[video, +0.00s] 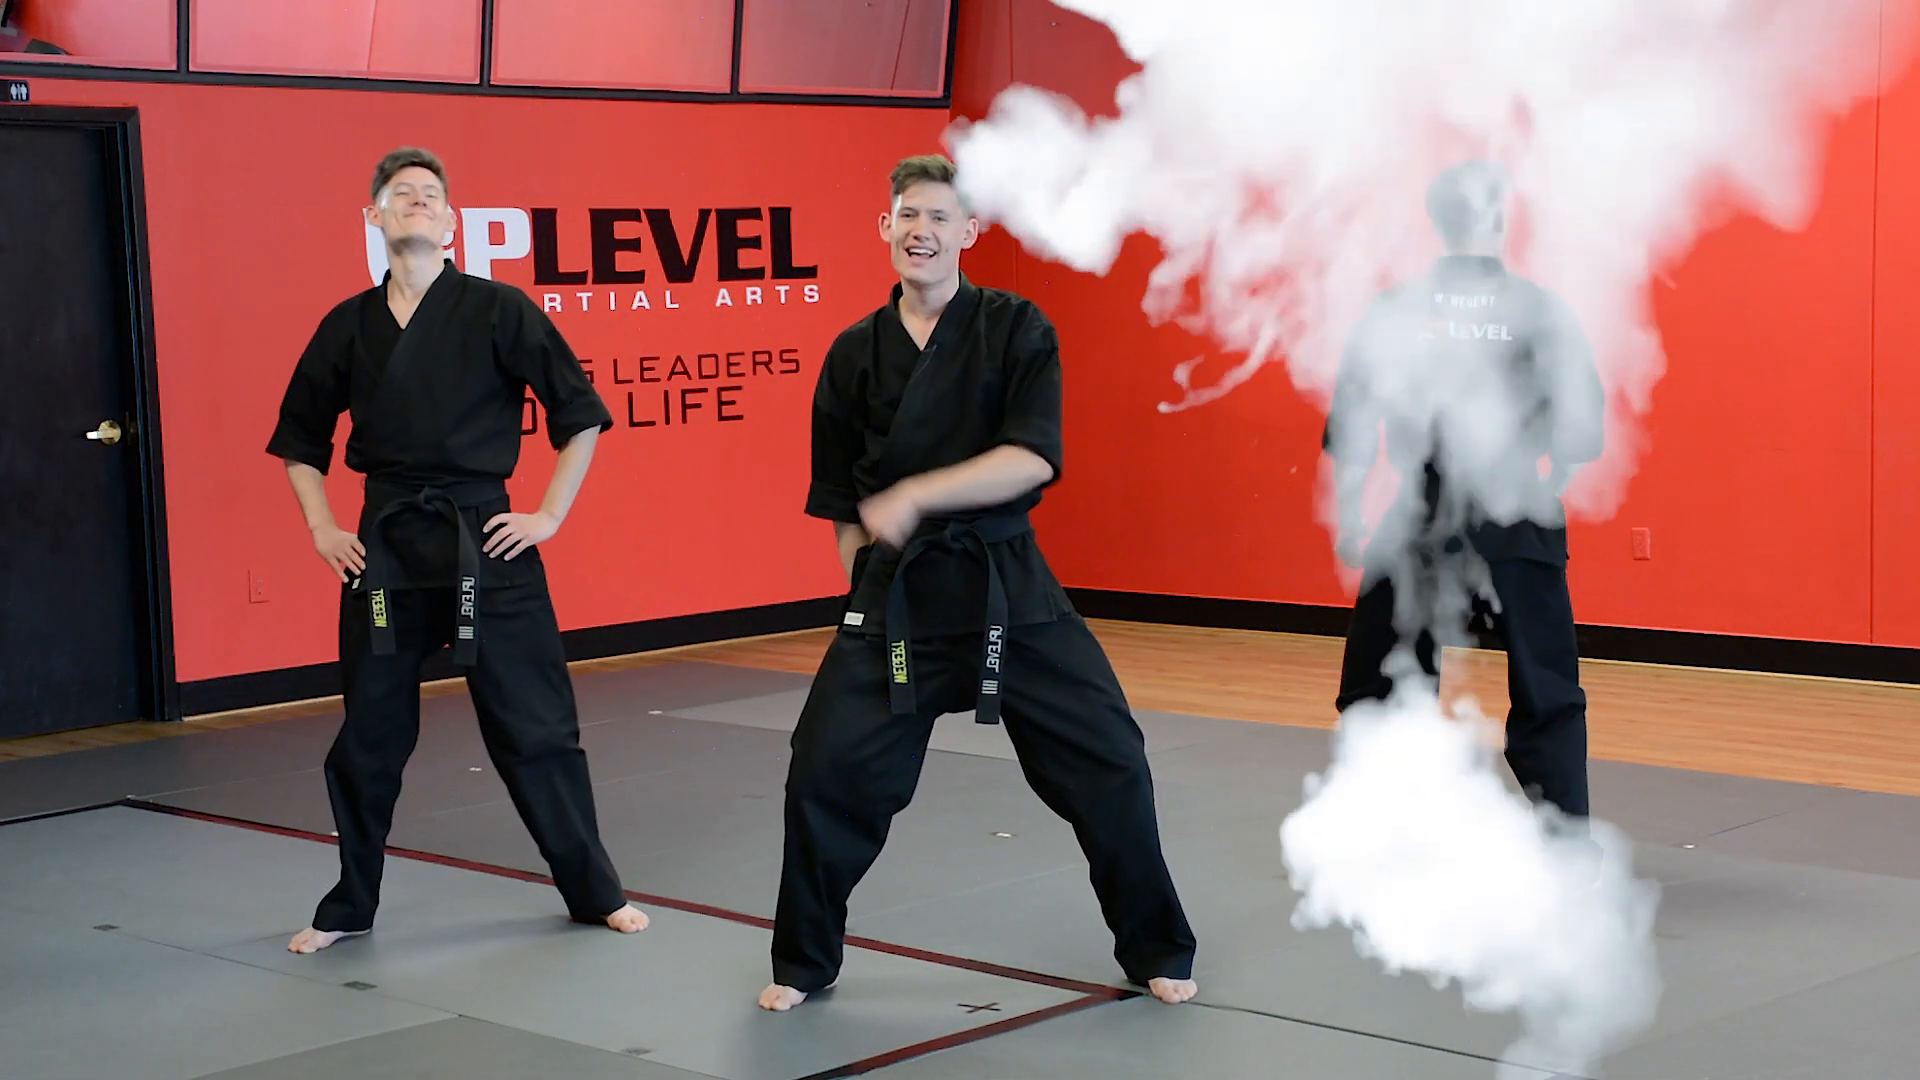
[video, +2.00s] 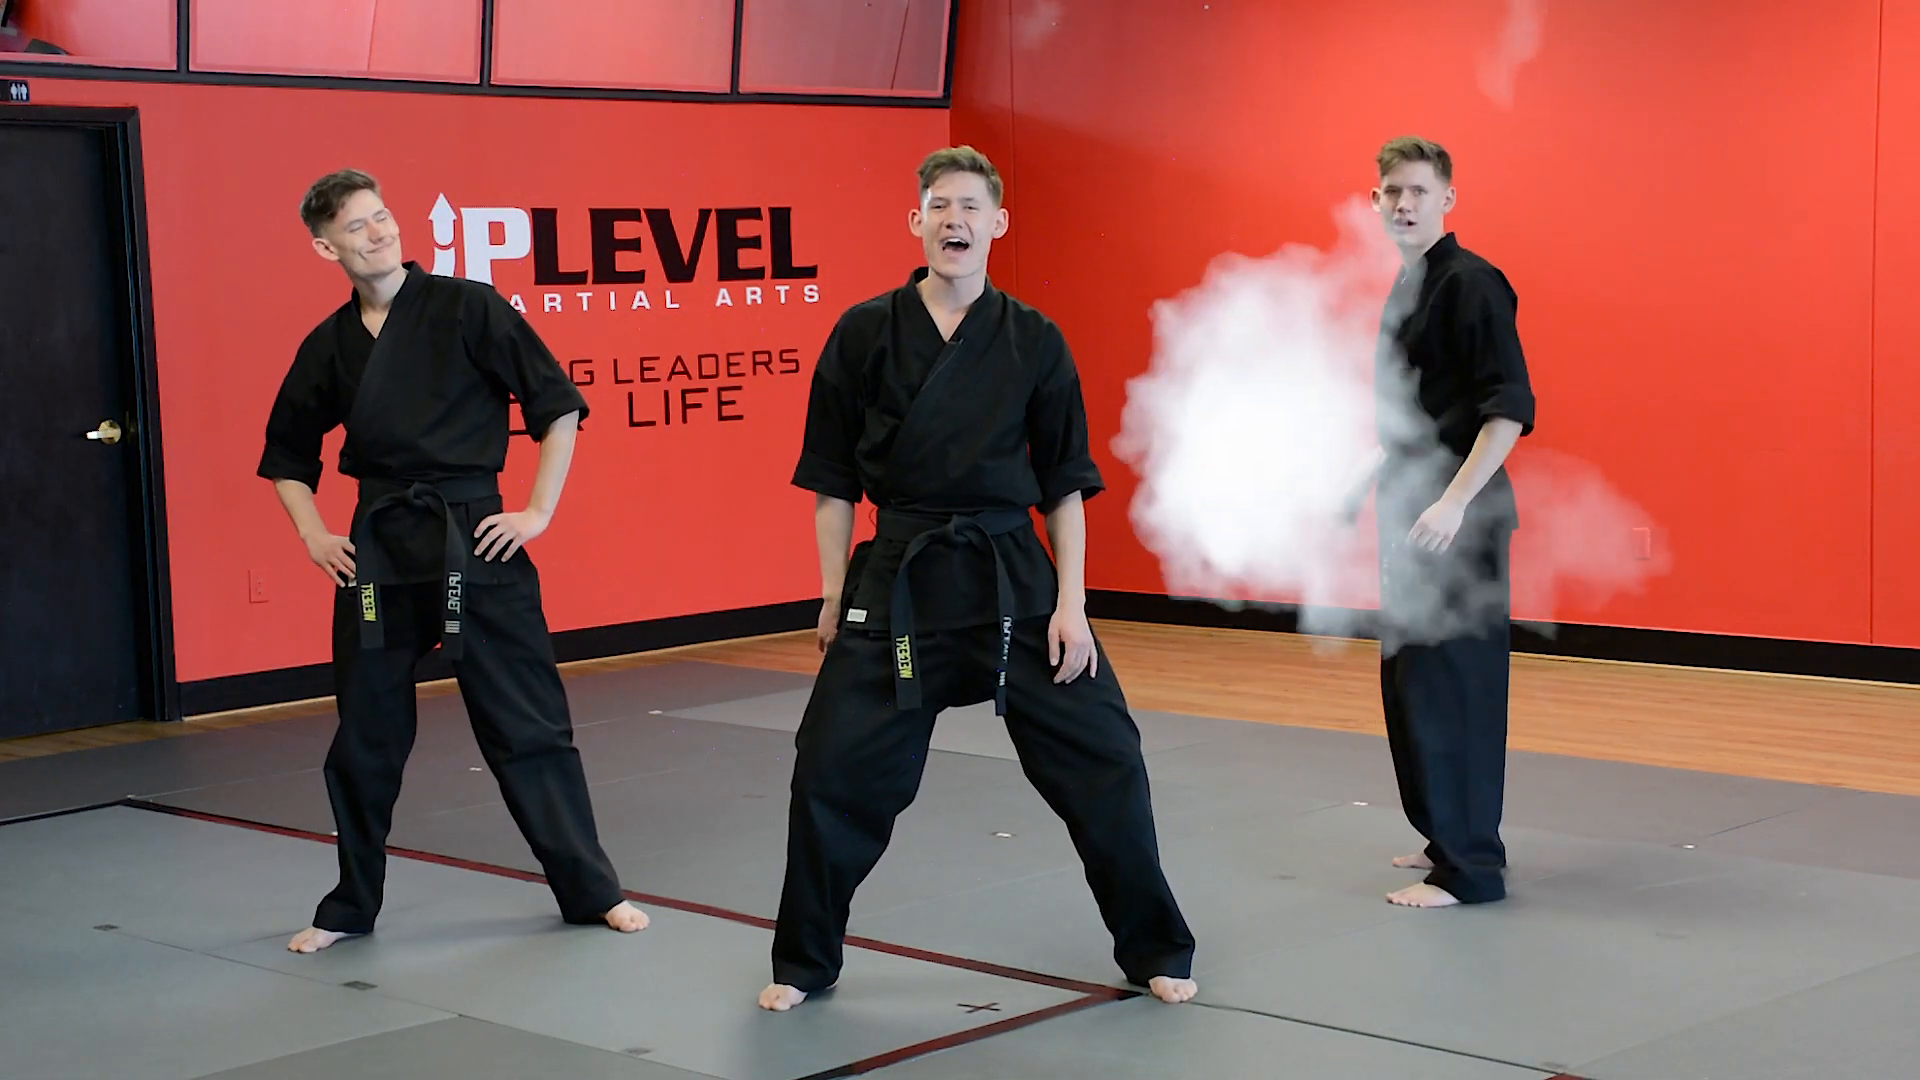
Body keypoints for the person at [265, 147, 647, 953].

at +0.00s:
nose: (418, 201)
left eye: (430, 194)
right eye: (402, 193)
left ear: (451, 220)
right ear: (374, 217)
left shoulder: (501, 310)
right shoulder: (348, 326)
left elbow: (583, 416)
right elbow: (297, 437)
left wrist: (547, 517)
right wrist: (322, 527)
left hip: (490, 543)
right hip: (388, 549)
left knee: (536, 728)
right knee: (367, 740)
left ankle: (595, 892)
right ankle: (350, 905)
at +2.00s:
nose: (377, 231)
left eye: (381, 216)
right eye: (356, 226)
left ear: (399, 225)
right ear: (328, 250)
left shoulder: (470, 306)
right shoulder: (329, 346)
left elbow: (560, 405)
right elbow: (286, 452)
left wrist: (538, 512)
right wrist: (313, 533)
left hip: (477, 538)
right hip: (380, 545)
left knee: (529, 725)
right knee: (364, 740)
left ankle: (592, 892)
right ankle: (352, 905)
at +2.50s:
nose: (366, 238)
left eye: (380, 223)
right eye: (352, 226)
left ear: (413, 229)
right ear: (338, 239)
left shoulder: (479, 310)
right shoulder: (336, 344)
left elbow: (567, 409)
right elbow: (283, 438)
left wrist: (541, 511)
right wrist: (269, 461)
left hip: (478, 539)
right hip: (379, 544)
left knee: (530, 724)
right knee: (366, 737)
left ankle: (592, 891)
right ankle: (352, 905)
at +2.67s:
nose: (370, 244)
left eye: (384, 230)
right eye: (361, 231)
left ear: (427, 231)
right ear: (354, 235)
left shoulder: (489, 313)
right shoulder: (339, 338)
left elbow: (577, 414)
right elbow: (257, 430)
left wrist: (543, 515)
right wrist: (231, 357)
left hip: (482, 537)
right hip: (382, 542)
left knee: (532, 724)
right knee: (368, 737)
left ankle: (592, 892)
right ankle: (351, 908)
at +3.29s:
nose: (427, 234)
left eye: (443, 222)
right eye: (417, 221)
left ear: (479, 228)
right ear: (405, 226)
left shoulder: (520, 320)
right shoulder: (367, 314)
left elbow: (607, 425)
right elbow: (250, 360)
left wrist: (549, 505)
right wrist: (308, 335)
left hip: (499, 538)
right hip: (399, 540)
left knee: (541, 725)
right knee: (379, 735)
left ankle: (593, 891)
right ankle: (353, 905)